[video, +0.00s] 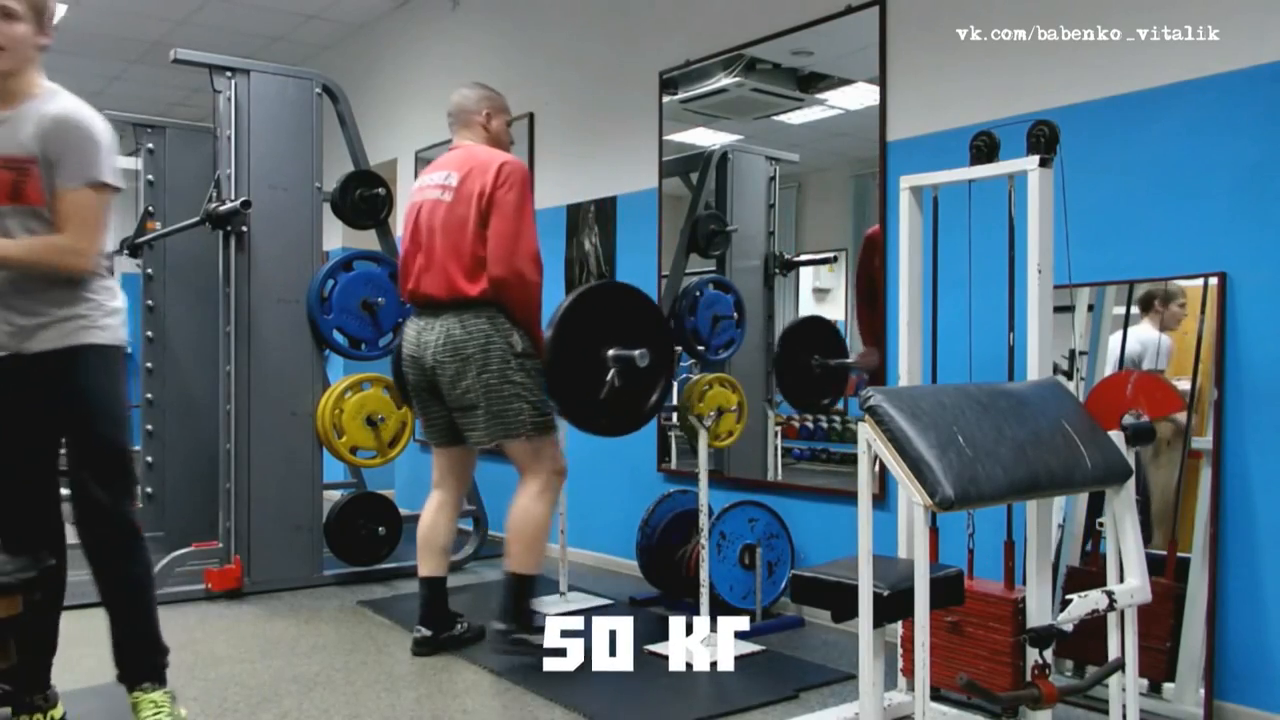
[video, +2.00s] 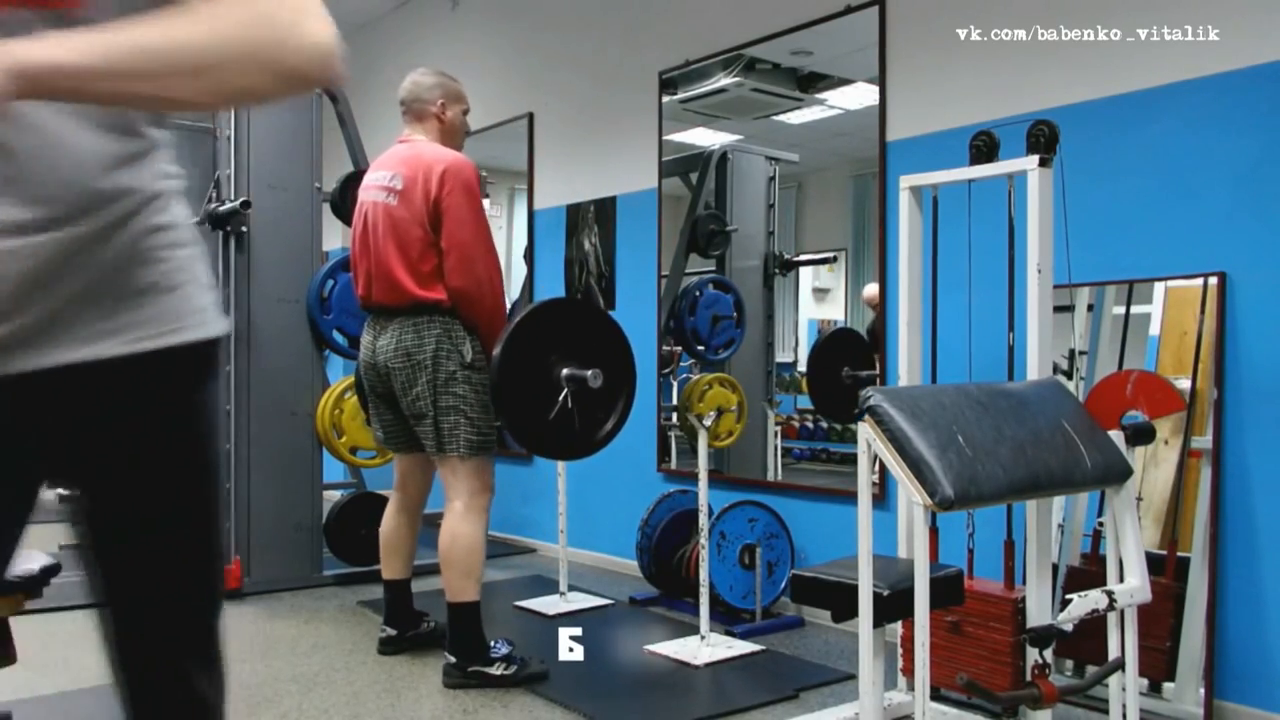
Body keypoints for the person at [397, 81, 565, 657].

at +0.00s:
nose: (509, 132)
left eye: (508, 123)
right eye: (507, 122)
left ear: (459, 122)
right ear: (486, 118)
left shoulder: (427, 177)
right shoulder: (504, 168)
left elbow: (408, 269)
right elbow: (511, 268)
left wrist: (438, 315)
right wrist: (532, 339)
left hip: (419, 333)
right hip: (480, 330)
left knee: (448, 479)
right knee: (542, 470)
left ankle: (434, 621)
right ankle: (516, 616)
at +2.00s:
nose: (468, 124)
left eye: (467, 114)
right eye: (464, 113)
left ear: (414, 112)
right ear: (439, 109)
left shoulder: (377, 169)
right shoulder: (450, 167)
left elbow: (366, 268)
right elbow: (473, 275)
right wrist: (496, 345)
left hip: (380, 338)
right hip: (439, 337)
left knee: (409, 484)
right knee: (469, 493)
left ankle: (399, 621)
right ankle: (469, 652)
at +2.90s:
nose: (435, 109)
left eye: (432, 99)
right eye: (428, 100)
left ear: (380, 104)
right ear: (401, 100)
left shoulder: (356, 164)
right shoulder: (425, 147)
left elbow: (368, 267)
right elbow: (476, 242)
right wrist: (511, 281)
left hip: (396, 333)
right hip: (449, 324)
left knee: (424, 473)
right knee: (494, 476)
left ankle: (401, 612)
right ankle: (477, 638)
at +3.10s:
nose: (427, 143)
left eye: (428, 135)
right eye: (424, 134)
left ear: (373, 124)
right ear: (399, 123)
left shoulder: (345, 181)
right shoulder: (399, 163)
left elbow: (384, 263)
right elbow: (475, 231)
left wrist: (458, 203)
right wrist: (514, 201)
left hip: (411, 348)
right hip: (462, 340)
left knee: (434, 487)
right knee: (502, 489)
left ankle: (402, 620)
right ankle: (472, 652)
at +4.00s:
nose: (453, 123)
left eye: (452, 112)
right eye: (449, 111)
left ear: (398, 110)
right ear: (423, 108)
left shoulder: (361, 172)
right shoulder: (431, 160)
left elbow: (363, 275)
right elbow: (472, 258)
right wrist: (522, 281)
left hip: (387, 341)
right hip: (444, 334)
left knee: (416, 481)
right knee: (479, 491)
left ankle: (400, 622)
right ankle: (470, 654)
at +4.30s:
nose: (480, 128)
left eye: (478, 118)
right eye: (476, 118)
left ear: (426, 119)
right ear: (456, 116)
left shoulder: (394, 170)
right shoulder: (472, 169)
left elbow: (373, 267)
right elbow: (482, 277)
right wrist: (497, 356)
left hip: (378, 340)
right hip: (437, 340)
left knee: (412, 487)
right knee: (486, 493)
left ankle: (400, 621)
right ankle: (471, 654)